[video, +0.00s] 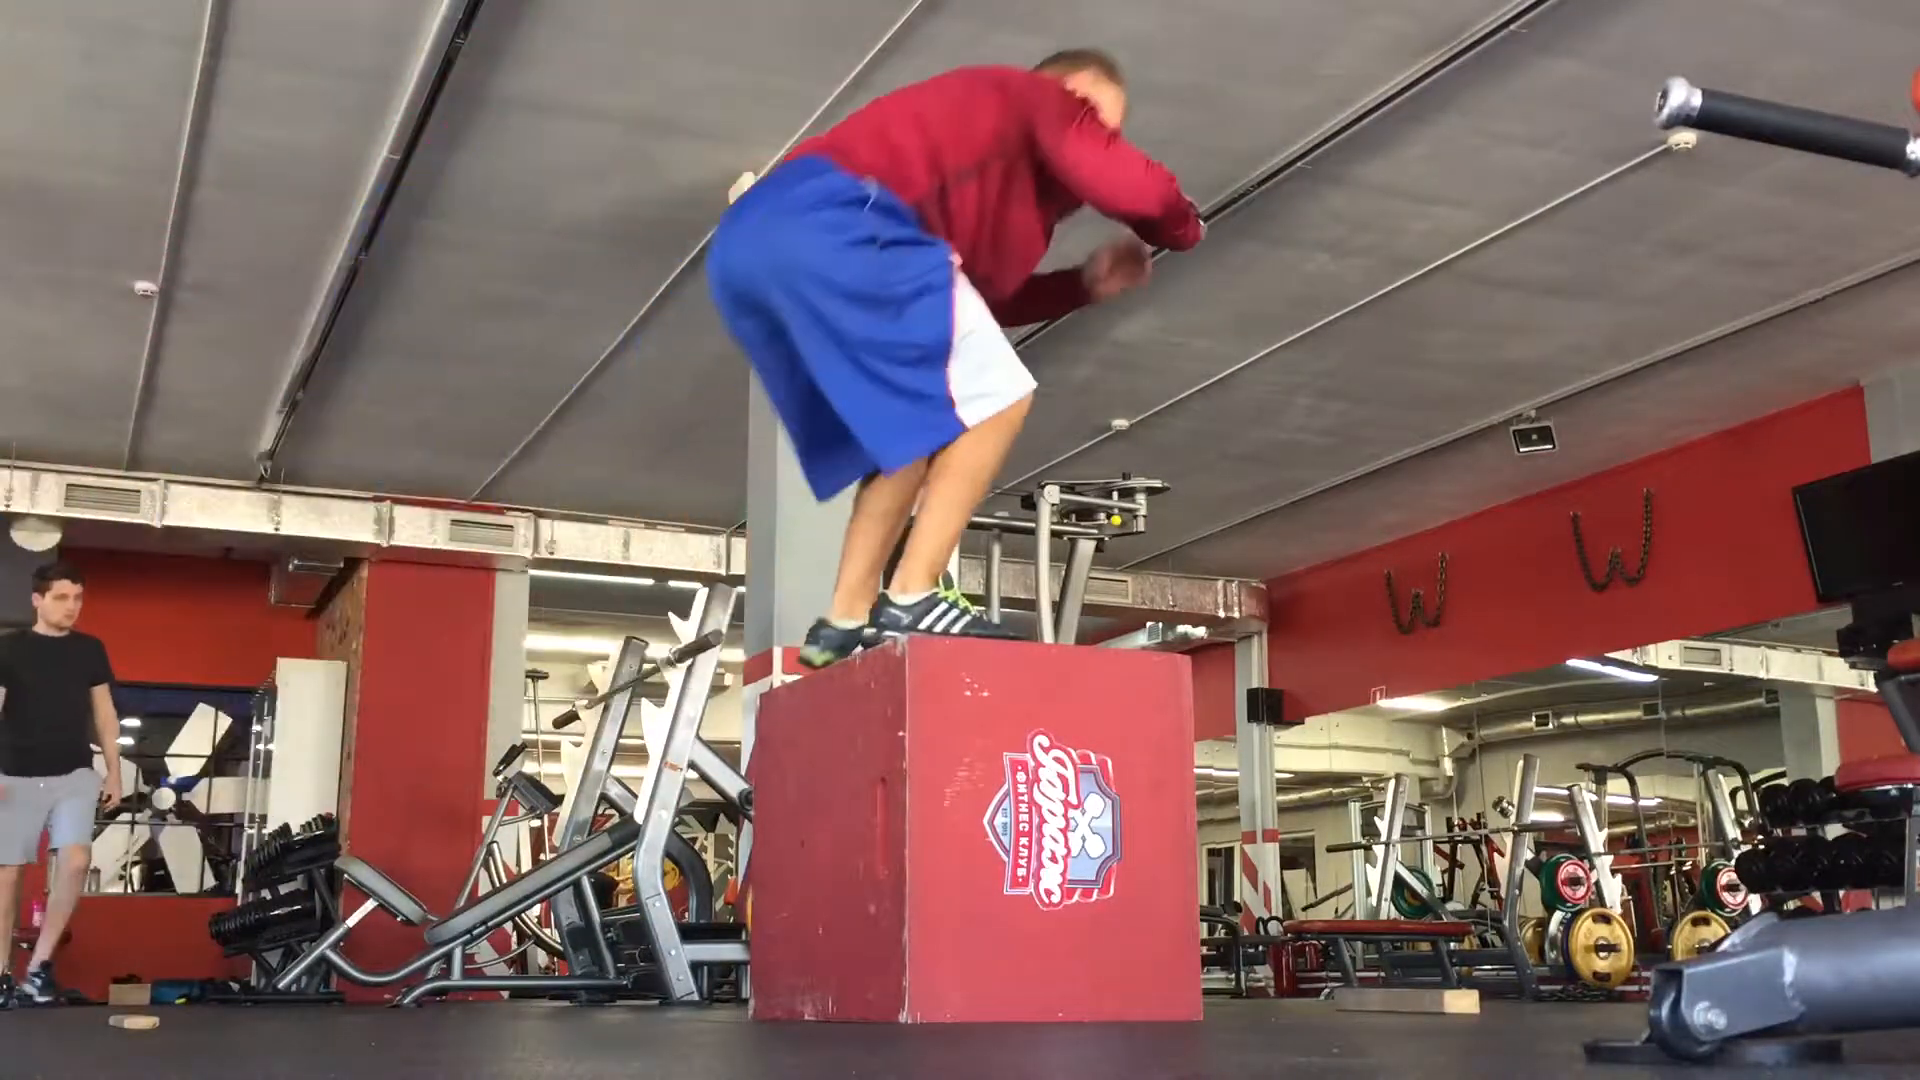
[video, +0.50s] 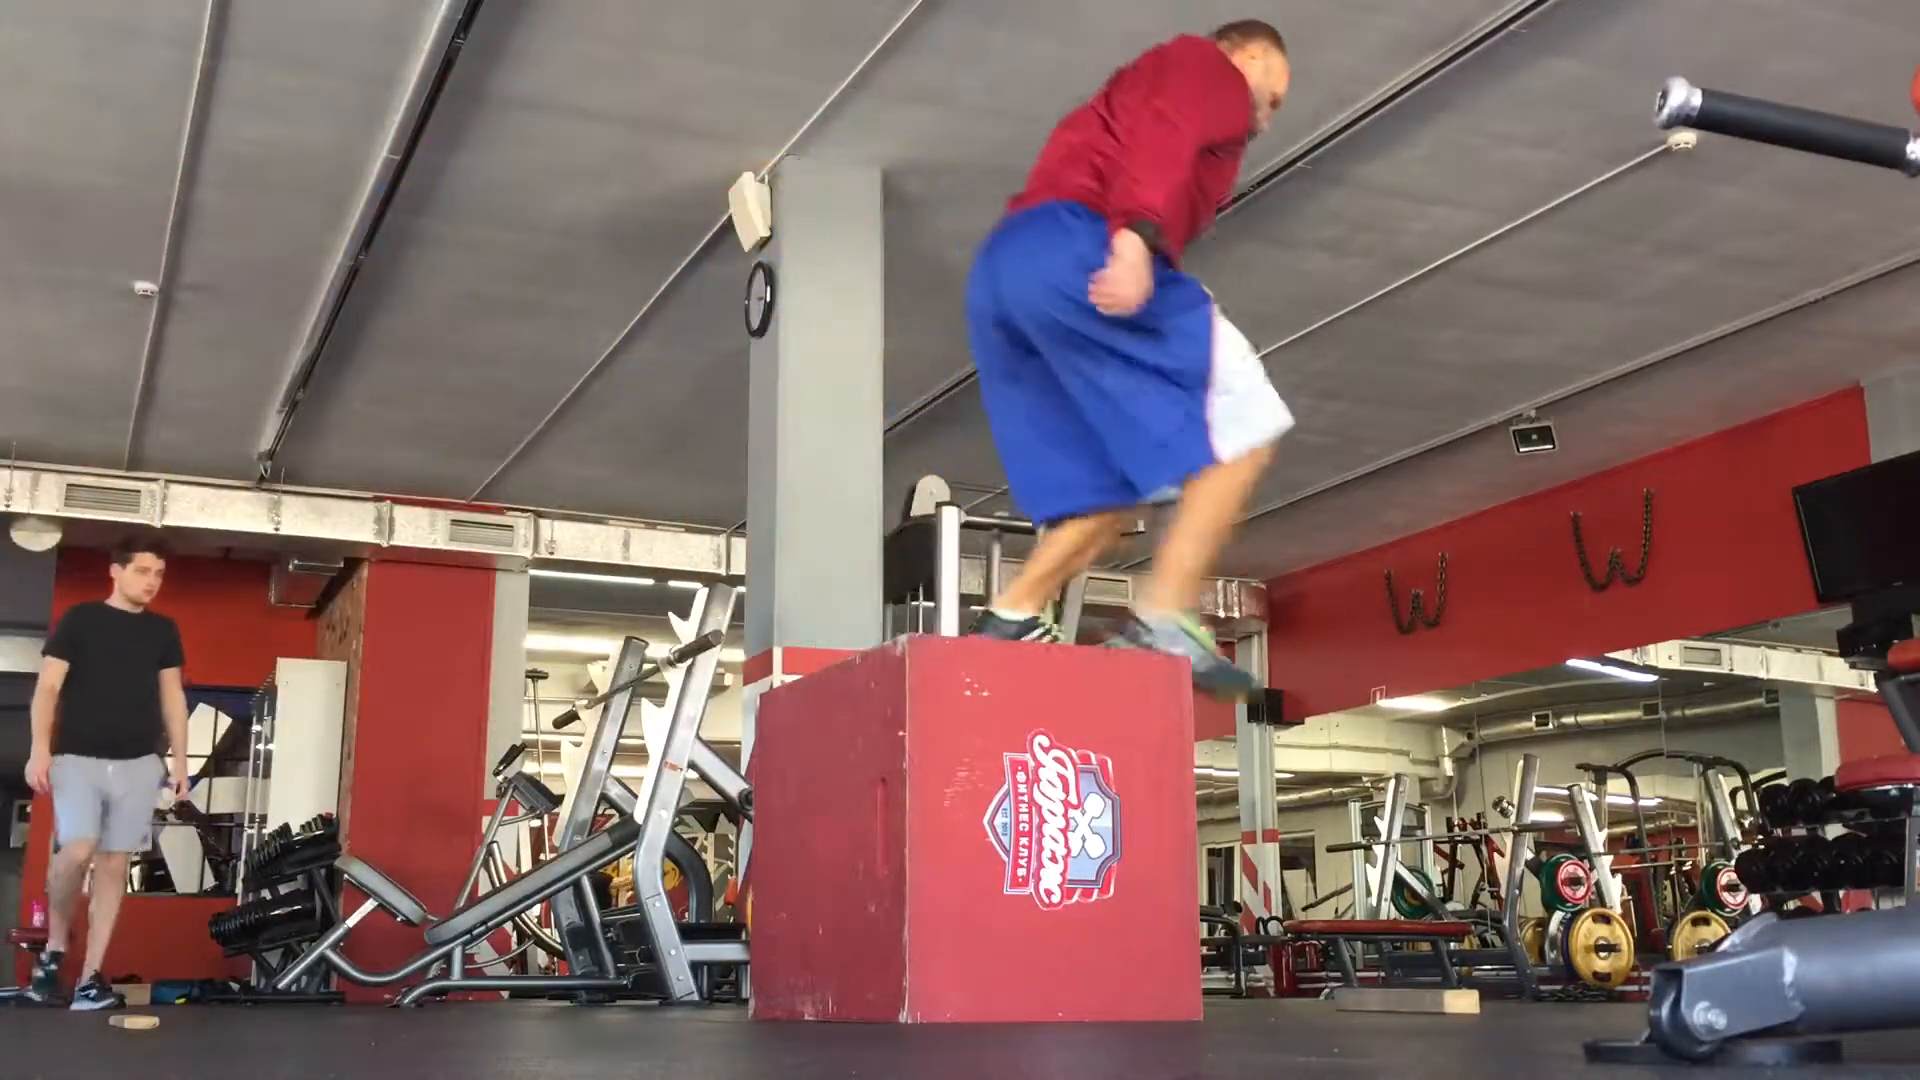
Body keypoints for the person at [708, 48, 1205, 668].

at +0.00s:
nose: (1100, 135)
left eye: (1109, 127)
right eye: (1100, 114)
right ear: (1067, 87)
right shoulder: (1038, 95)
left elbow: (982, 302)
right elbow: (1133, 190)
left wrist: (1083, 284)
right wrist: (1183, 229)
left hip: (743, 243)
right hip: (826, 221)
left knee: (913, 433)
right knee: (999, 398)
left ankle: (846, 621)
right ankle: (913, 595)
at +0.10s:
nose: (1139, 102)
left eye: (1147, 96)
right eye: (1142, 83)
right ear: (1117, 44)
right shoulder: (1077, 52)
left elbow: (949, 219)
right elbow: (1129, 147)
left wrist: (1022, 330)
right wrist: (1190, 251)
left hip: (805, 197)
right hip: (883, 186)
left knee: (931, 413)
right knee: (1003, 395)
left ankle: (883, 601)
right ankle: (913, 597)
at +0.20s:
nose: (1182, 85)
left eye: (1189, 77)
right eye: (1186, 66)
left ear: (1146, 18)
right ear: (1160, 23)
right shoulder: (1115, 29)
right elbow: (1115, 118)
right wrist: (1146, 237)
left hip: (863, 179)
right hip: (936, 174)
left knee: (965, 407)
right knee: (1009, 401)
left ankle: (976, 601)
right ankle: (910, 595)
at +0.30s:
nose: (1206, 90)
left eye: (1216, 80)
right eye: (1213, 69)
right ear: (1188, 21)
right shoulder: (1145, 19)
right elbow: (1104, 76)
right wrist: (1107, 197)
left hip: (922, 193)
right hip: (989, 181)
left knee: (1018, 419)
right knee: (1076, 409)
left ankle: (1003, 617)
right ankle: (937, 567)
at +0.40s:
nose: (1240, 99)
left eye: (1247, 93)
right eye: (1243, 79)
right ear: (1217, 41)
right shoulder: (1179, 36)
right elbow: (1116, 75)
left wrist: (949, 320)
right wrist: (1104, 189)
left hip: (954, 249)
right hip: (1023, 213)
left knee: (1054, 448)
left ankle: (1005, 628)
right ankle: (1036, 532)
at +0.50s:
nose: (1270, 114)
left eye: (1277, 104)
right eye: (1274, 94)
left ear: (1227, 49)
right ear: (1251, 56)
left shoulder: (1149, 80)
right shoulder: (1212, 67)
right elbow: (1165, 130)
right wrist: (1137, 237)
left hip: (999, 272)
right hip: (1074, 244)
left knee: (1112, 483)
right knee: (1249, 428)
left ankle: (1012, 615)